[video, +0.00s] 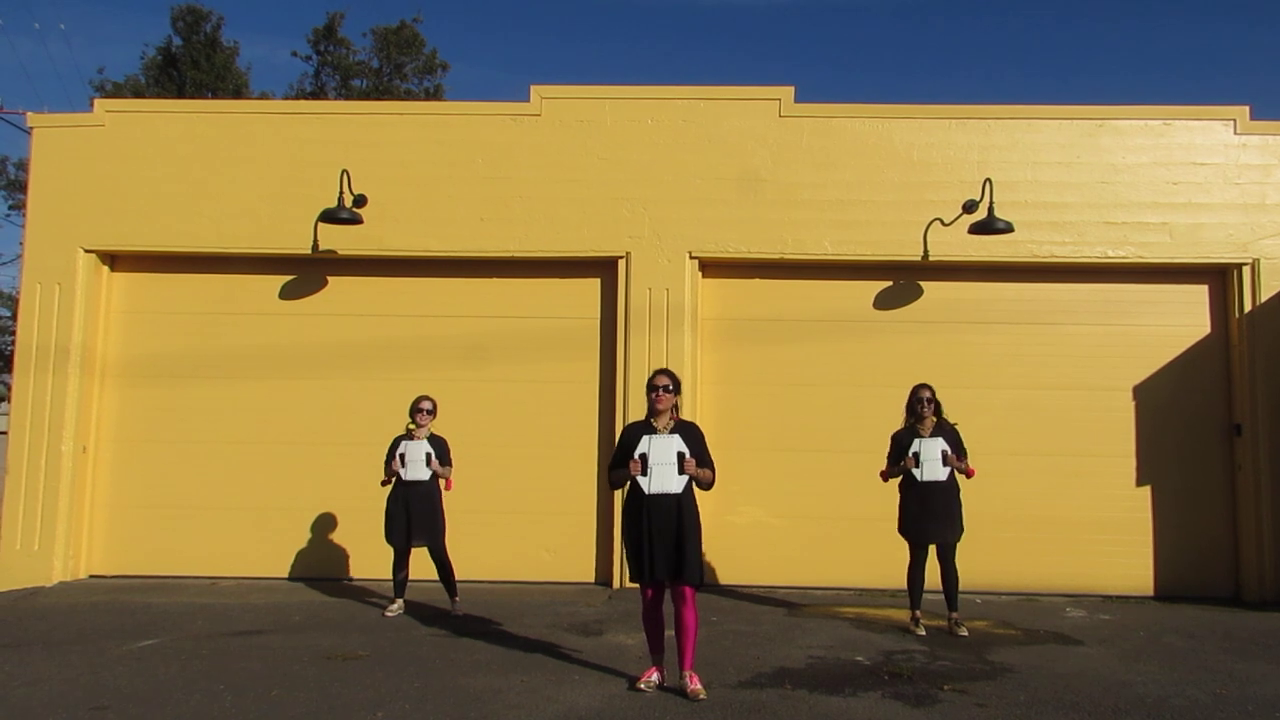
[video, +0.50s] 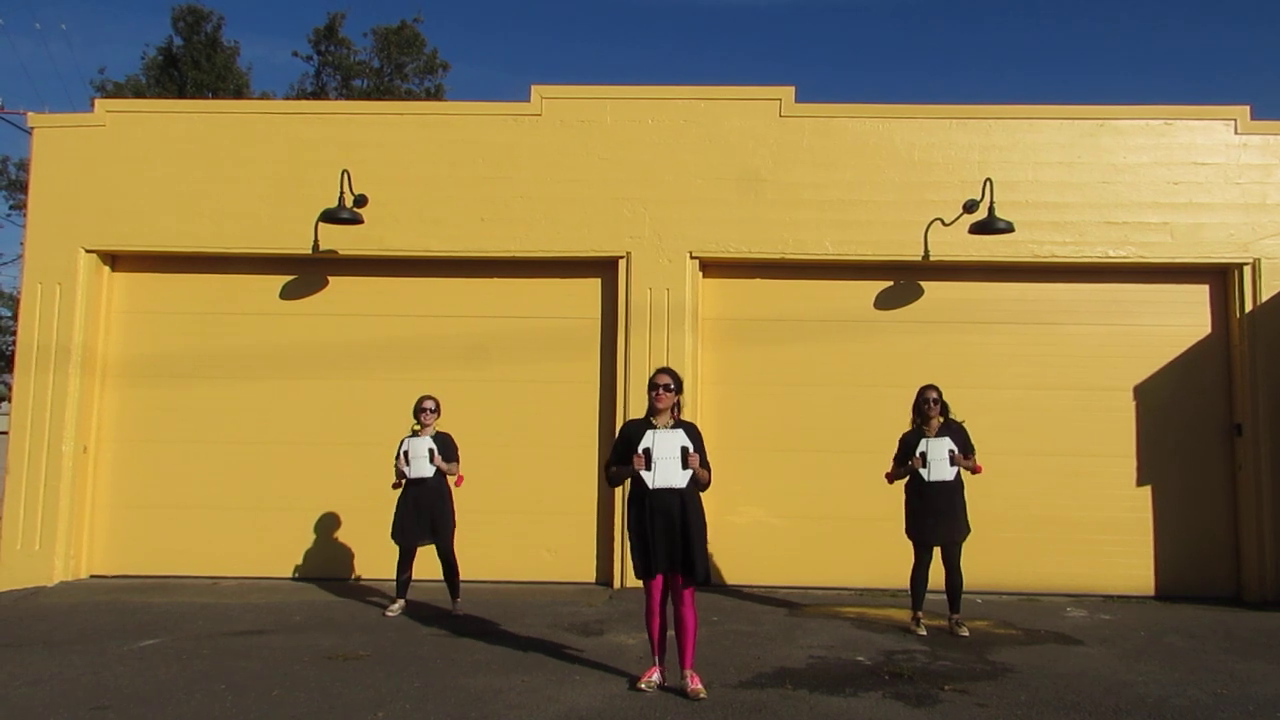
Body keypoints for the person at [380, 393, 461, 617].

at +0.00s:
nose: (423, 415)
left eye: (428, 412)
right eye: (419, 411)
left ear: (433, 416)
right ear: (412, 413)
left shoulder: (439, 442)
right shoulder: (400, 441)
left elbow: (448, 473)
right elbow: (388, 473)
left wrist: (437, 468)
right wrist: (393, 469)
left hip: (429, 503)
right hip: (402, 503)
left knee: (438, 551)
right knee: (401, 550)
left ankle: (454, 600)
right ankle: (398, 600)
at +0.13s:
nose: (423, 415)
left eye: (428, 412)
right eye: (418, 411)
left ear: (433, 416)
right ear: (412, 413)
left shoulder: (439, 442)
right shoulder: (399, 441)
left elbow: (446, 473)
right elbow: (388, 473)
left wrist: (437, 465)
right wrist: (394, 468)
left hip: (429, 502)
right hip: (403, 502)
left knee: (438, 551)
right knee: (401, 550)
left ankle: (454, 600)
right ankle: (398, 600)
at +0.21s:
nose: (423, 415)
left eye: (428, 412)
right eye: (418, 411)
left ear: (433, 415)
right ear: (412, 413)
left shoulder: (439, 440)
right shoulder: (400, 440)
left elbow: (447, 471)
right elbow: (389, 473)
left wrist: (437, 463)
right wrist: (395, 467)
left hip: (430, 500)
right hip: (404, 500)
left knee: (439, 550)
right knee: (402, 550)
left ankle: (455, 599)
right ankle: (399, 600)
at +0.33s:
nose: (425, 414)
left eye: (429, 411)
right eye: (420, 410)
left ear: (435, 414)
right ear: (414, 413)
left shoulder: (441, 437)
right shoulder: (403, 439)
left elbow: (451, 467)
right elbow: (392, 472)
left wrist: (439, 461)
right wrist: (396, 464)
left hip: (433, 502)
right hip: (406, 501)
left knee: (442, 551)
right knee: (404, 550)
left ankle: (455, 600)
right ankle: (400, 599)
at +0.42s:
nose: (426, 414)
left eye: (430, 411)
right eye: (421, 410)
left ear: (436, 414)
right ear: (415, 413)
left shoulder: (443, 438)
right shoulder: (404, 440)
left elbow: (453, 468)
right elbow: (396, 473)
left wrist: (440, 462)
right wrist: (398, 466)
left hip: (436, 501)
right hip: (409, 501)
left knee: (443, 550)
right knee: (405, 550)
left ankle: (455, 600)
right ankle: (400, 599)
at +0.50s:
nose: (427, 414)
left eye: (432, 410)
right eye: (423, 410)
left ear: (437, 414)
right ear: (416, 414)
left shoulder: (444, 439)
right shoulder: (407, 442)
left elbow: (454, 470)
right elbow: (400, 476)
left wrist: (441, 464)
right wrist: (400, 468)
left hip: (438, 500)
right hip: (412, 500)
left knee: (445, 550)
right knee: (406, 550)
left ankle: (455, 601)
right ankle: (400, 599)